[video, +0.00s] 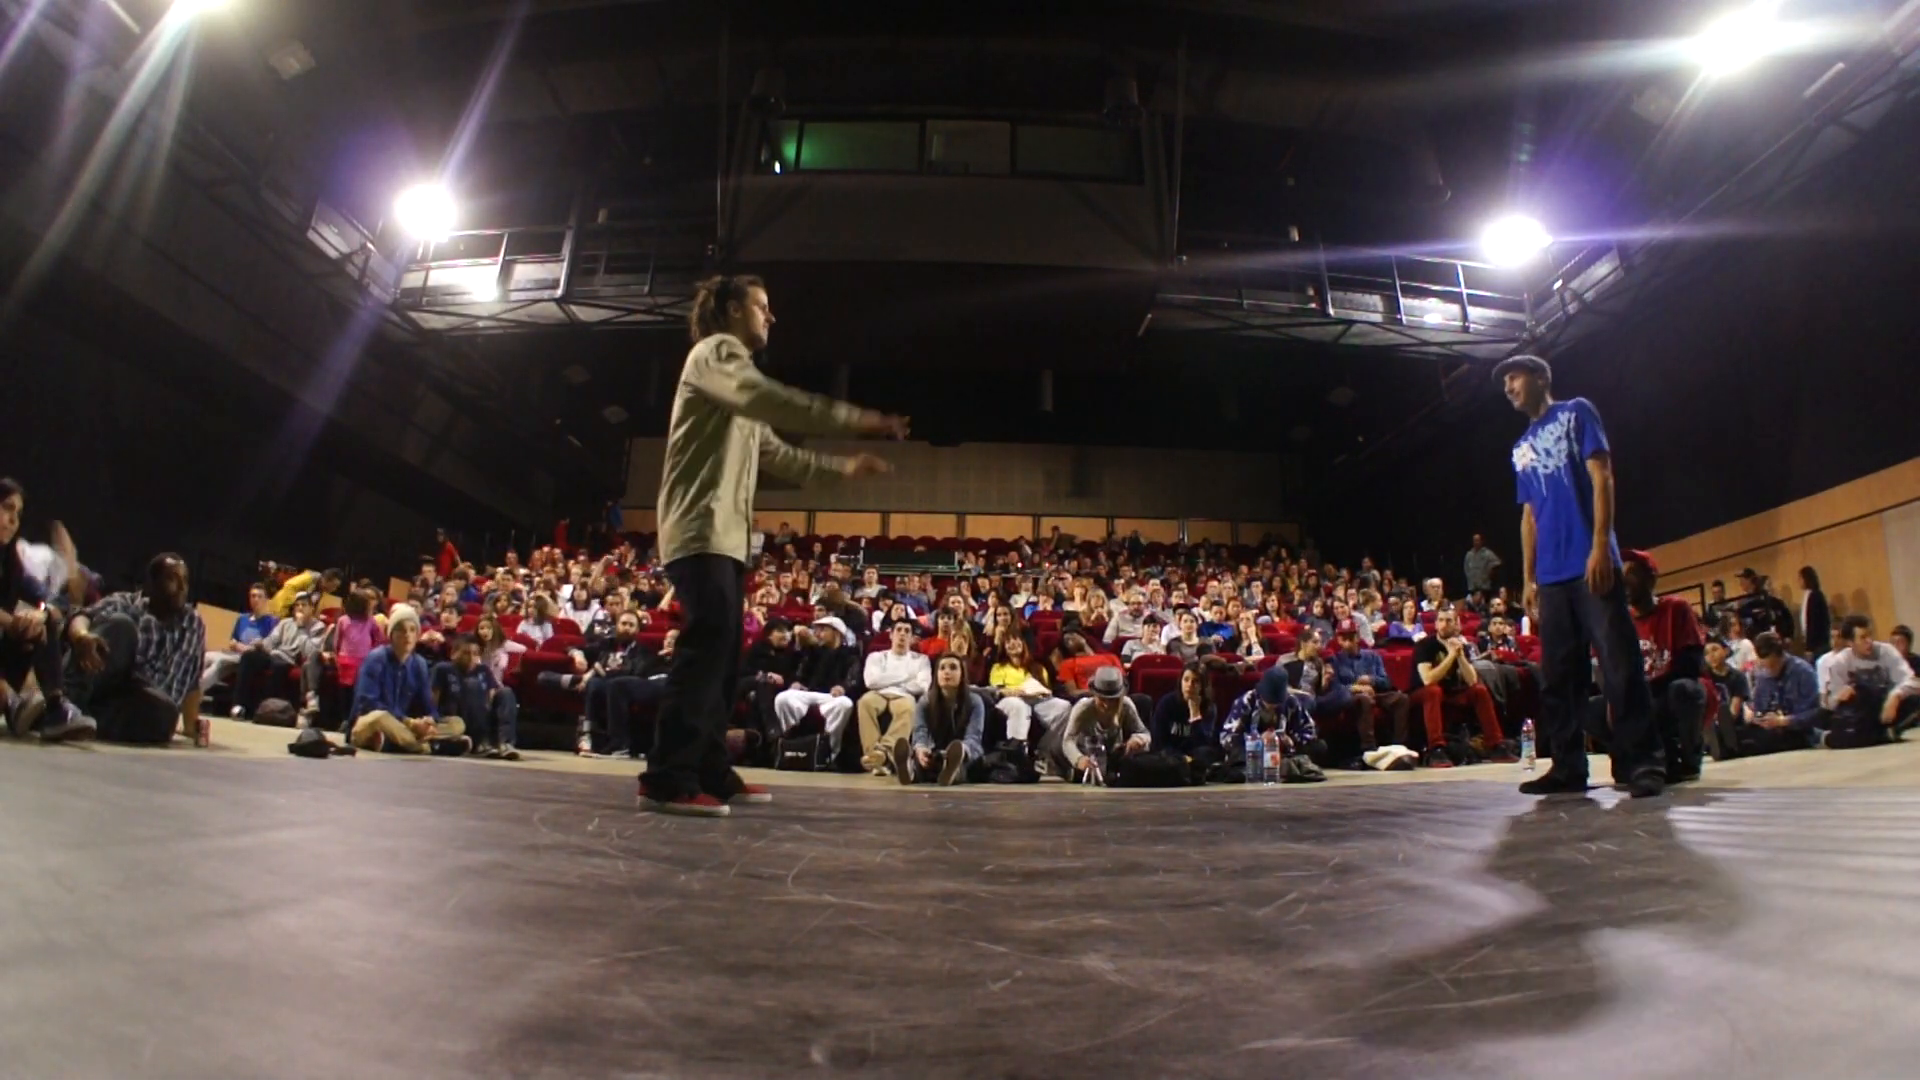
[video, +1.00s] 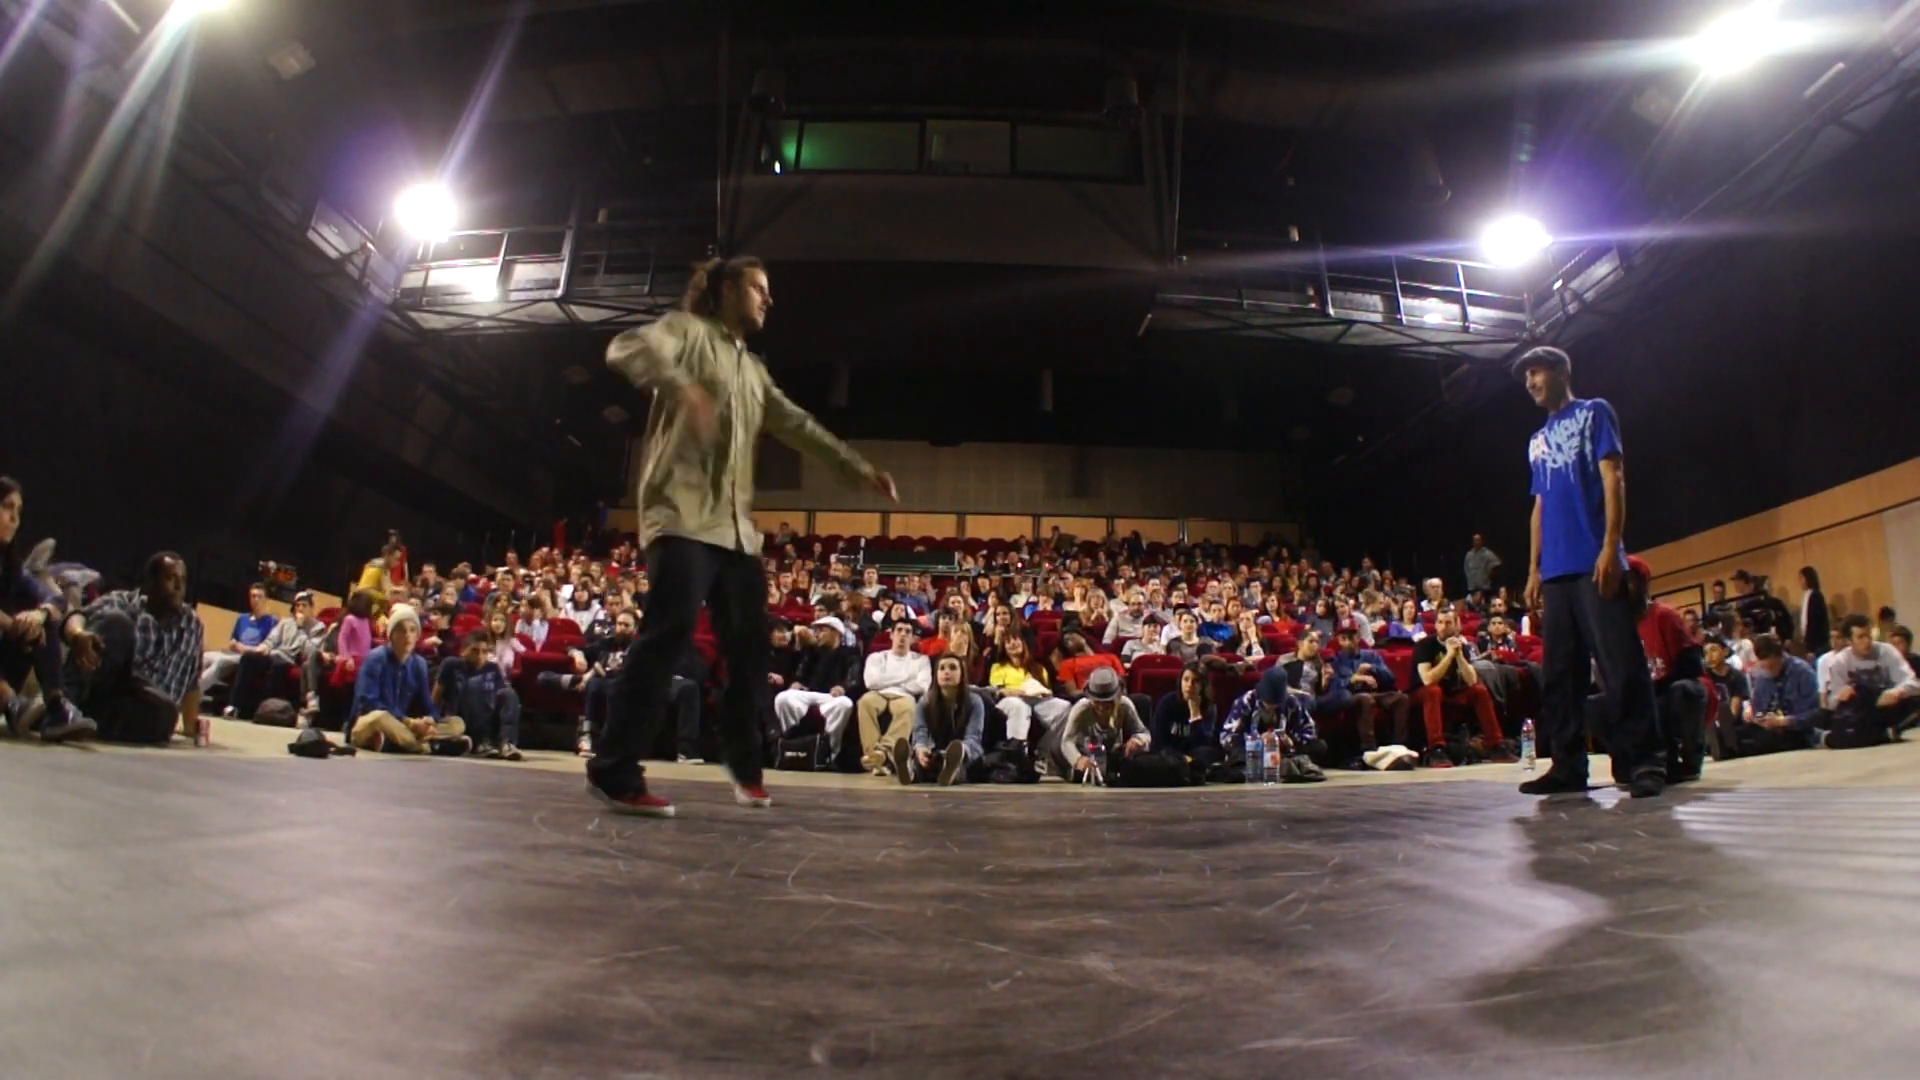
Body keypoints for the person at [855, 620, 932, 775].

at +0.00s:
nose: (902, 634)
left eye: (907, 631)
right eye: (899, 630)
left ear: (912, 638)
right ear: (891, 634)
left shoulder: (921, 659)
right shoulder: (875, 657)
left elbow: (922, 686)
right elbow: (871, 681)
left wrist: (888, 683)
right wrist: (905, 677)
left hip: (904, 694)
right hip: (879, 692)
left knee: (907, 710)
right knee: (865, 703)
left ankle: (884, 750)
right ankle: (875, 760)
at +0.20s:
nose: (902, 635)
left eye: (907, 632)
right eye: (899, 630)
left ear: (912, 638)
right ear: (891, 635)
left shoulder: (921, 659)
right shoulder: (875, 657)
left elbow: (922, 686)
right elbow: (871, 681)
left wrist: (887, 683)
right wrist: (905, 677)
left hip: (904, 695)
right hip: (879, 692)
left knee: (907, 710)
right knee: (865, 703)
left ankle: (884, 750)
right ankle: (875, 760)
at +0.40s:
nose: (903, 635)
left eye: (907, 632)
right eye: (899, 630)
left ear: (912, 638)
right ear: (891, 634)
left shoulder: (921, 659)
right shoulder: (875, 657)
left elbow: (921, 687)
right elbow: (871, 682)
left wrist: (887, 683)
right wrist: (905, 678)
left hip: (904, 695)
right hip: (879, 692)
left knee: (907, 710)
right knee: (865, 703)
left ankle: (884, 750)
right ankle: (875, 760)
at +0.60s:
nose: (903, 635)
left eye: (907, 632)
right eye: (899, 630)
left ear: (912, 638)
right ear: (891, 634)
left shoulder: (921, 659)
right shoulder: (875, 657)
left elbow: (921, 686)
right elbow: (871, 682)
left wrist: (887, 683)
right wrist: (905, 677)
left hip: (904, 694)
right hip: (879, 692)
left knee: (907, 710)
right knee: (865, 703)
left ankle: (884, 750)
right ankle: (875, 760)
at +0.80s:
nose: (903, 635)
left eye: (907, 632)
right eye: (899, 630)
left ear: (912, 638)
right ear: (891, 634)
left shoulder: (921, 660)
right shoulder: (875, 657)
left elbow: (921, 686)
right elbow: (871, 682)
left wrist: (887, 683)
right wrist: (905, 677)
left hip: (904, 694)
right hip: (879, 692)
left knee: (907, 710)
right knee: (865, 703)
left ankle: (884, 750)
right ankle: (875, 760)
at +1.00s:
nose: (903, 635)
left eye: (907, 632)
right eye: (899, 630)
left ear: (912, 638)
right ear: (891, 635)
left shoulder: (921, 660)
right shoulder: (875, 657)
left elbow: (921, 687)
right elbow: (871, 682)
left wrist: (887, 682)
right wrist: (906, 677)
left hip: (904, 694)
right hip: (879, 692)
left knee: (907, 710)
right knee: (865, 703)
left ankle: (885, 749)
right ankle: (875, 760)